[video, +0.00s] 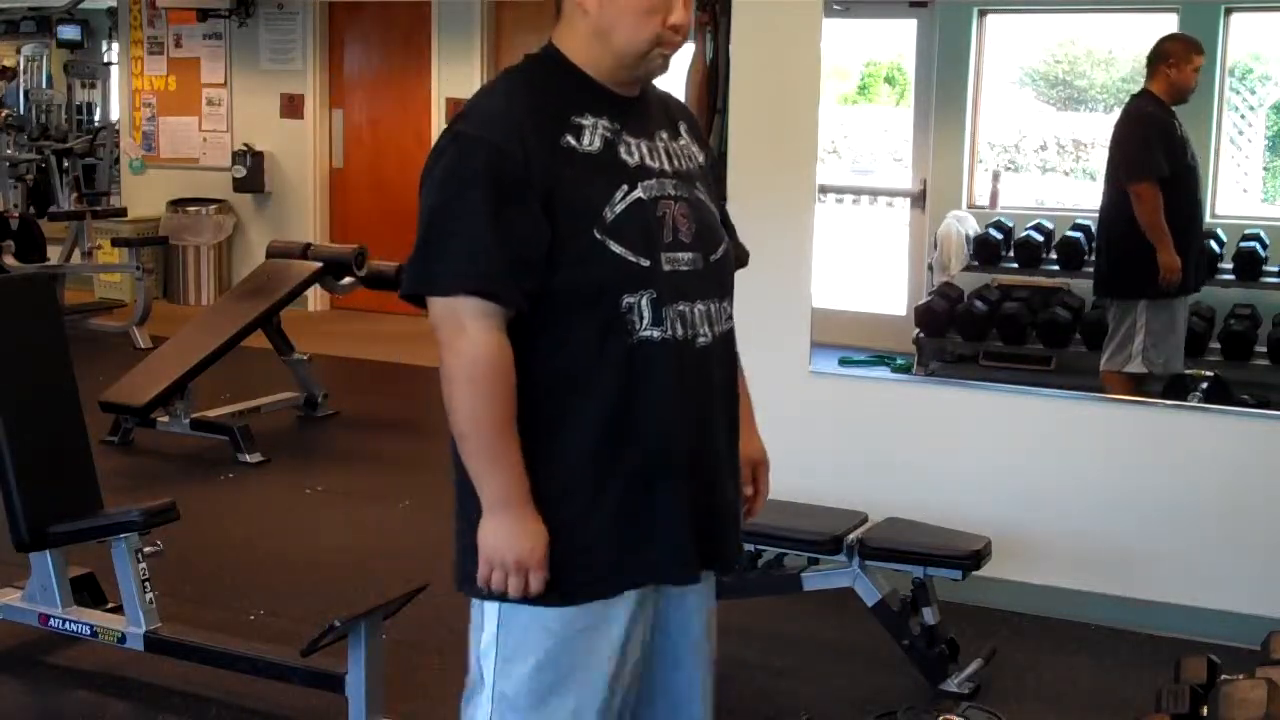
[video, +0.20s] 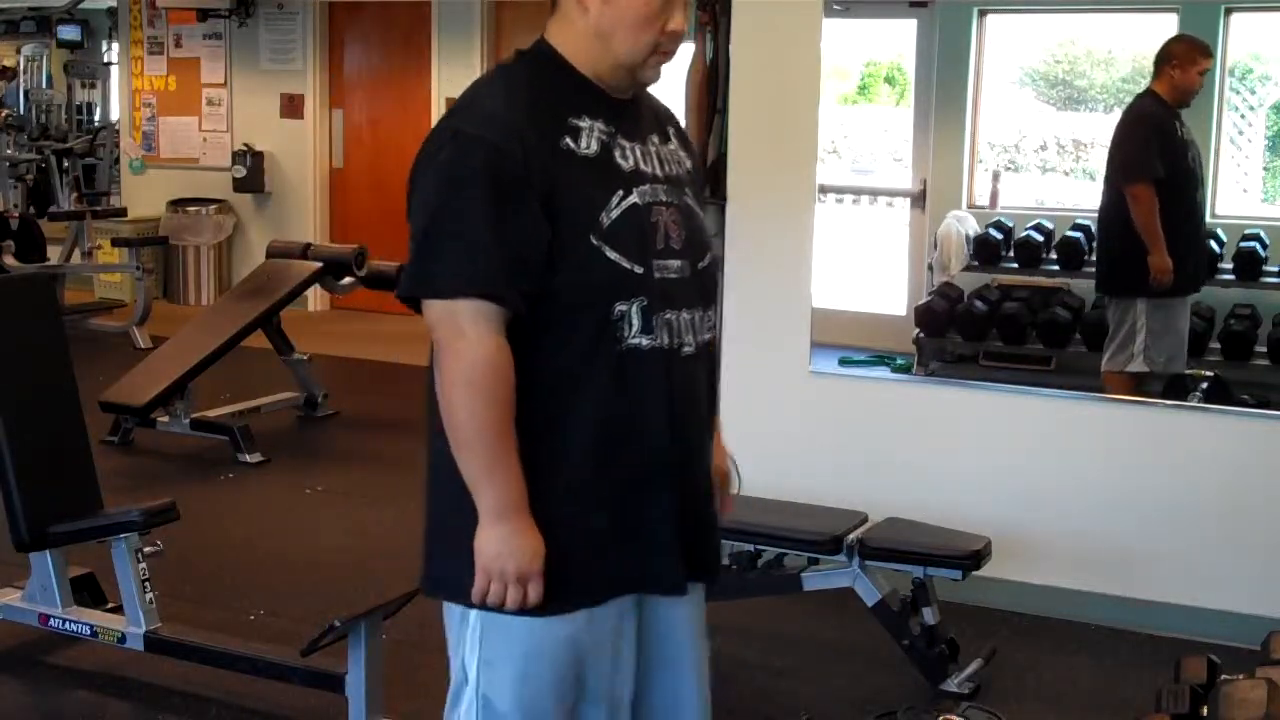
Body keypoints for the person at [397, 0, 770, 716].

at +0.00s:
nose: (683, 21)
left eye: (688, 3)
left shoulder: (680, 128)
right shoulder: (498, 130)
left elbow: (704, 302)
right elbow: (466, 324)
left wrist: (741, 419)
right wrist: (504, 504)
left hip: (681, 521)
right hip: (559, 538)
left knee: (674, 712)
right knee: (534, 712)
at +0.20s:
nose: (679, 27)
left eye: (684, 8)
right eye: (664, 4)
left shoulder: (661, 129)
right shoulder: (491, 128)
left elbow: (675, 306)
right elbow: (464, 331)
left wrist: (704, 431)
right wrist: (501, 514)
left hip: (662, 529)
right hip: (540, 547)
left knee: (668, 711)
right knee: (523, 711)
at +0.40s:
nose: (667, 43)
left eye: (675, 21)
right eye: (655, 16)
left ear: (583, 9)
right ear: (582, 2)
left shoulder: (629, 129)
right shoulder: (477, 133)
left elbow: (638, 326)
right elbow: (448, 341)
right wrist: (500, 534)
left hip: (635, 543)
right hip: (518, 567)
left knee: (641, 711)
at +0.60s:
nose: (674, 71)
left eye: (684, 50)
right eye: (666, 44)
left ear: (593, 14)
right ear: (591, 11)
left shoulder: (627, 140)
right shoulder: (474, 136)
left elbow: (632, 328)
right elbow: (439, 346)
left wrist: (660, 460)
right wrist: (464, 542)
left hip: (635, 557)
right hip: (514, 583)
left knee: (663, 710)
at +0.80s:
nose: (694, 87)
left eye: (708, 69)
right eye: (687, 61)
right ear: (619, 15)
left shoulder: (653, 147)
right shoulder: (495, 141)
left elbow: (642, 337)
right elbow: (445, 341)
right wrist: (436, 529)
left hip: (633, 552)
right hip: (517, 571)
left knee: (622, 707)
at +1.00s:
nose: (719, 105)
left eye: (738, 84)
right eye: (710, 74)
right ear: (646, 21)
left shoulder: (692, 147)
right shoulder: (516, 140)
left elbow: (693, 317)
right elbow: (459, 323)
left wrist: (700, 441)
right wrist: (470, 505)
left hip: (652, 544)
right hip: (524, 558)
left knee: (648, 707)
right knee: (516, 709)